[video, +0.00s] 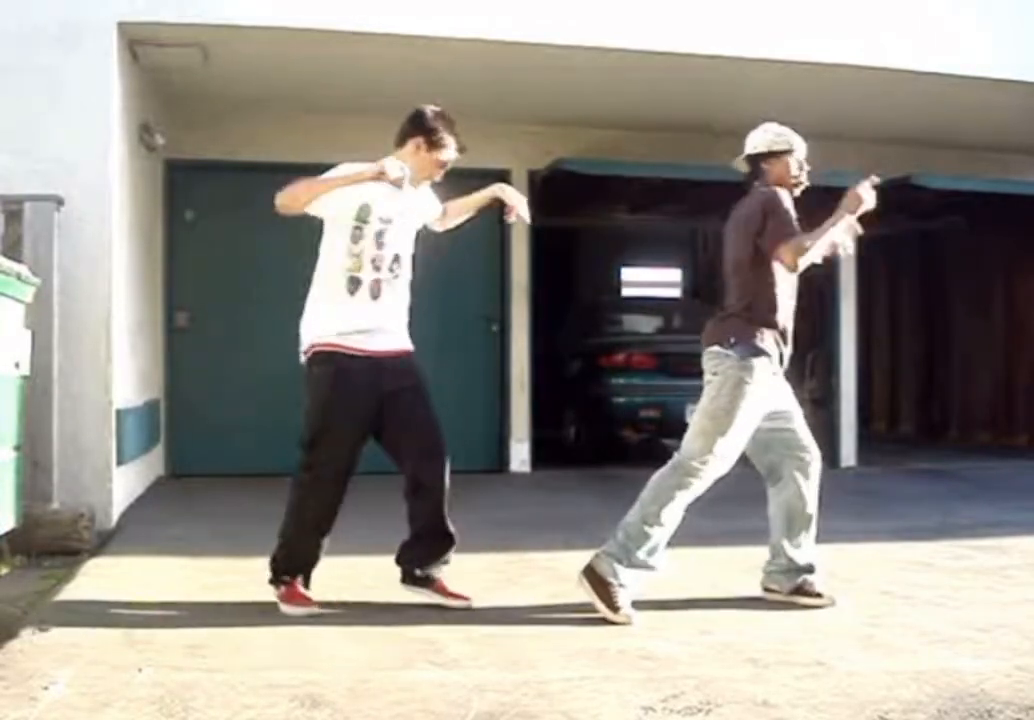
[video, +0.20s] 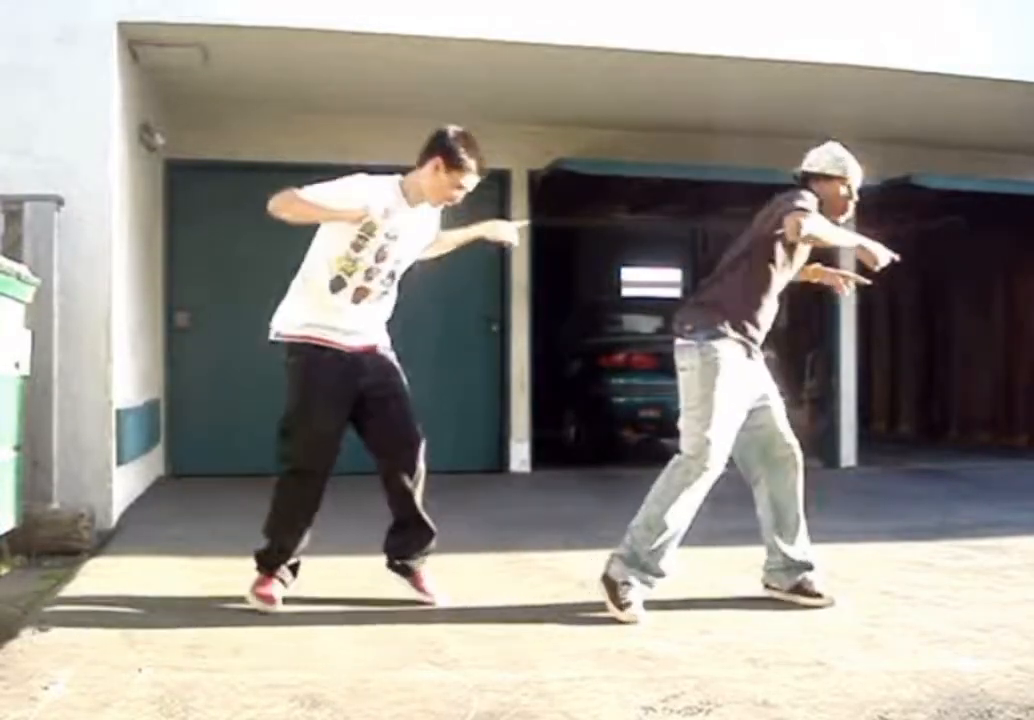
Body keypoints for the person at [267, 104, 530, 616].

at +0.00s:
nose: (443, 171)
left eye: (448, 163)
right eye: (441, 159)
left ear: (425, 151)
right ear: (416, 145)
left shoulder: (420, 197)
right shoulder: (352, 183)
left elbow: (445, 217)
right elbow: (287, 202)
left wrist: (493, 192)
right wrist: (361, 175)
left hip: (394, 350)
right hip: (339, 347)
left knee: (428, 457)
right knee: (327, 465)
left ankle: (423, 565)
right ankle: (290, 574)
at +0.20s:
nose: (457, 198)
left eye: (465, 191)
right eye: (457, 185)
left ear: (446, 175)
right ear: (433, 165)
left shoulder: (427, 217)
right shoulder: (368, 191)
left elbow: (422, 249)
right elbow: (280, 204)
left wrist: (478, 231)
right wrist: (340, 213)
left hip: (370, 345)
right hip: (316, 340)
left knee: (406, 449)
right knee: (309, 457)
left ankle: (408, 555)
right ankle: (274, 568)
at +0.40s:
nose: (450, 249)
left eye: (457, 243)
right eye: (449, 238)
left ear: (440, 226)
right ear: (427, 218)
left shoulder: (432, 262)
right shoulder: (364, 241)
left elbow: (447, 294)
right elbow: (272, 260)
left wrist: (505, 276)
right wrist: (329, 267)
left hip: (370, 378)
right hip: (315, 373)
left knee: (407, 469)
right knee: (304, 473)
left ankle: (397, 572)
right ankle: (257, 575)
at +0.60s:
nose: (453, 241)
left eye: (458, 233)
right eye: (451, 230)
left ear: (430, 218)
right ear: (424, 215)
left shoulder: (426, 263)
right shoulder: (348, 246)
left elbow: (404, 313)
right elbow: (289, 295)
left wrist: (462, 313)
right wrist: (333, 320)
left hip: (381, 377)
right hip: (324, 375)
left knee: (424, 467)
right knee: (306, 471)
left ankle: (432, 569)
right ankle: (271, 573)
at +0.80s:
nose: (406, 219)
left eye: (416, 211)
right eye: (400, 206)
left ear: (424, 214)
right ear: (377, 198)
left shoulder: (420, 266)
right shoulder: (329, 250)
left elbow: (441, 346)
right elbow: (301, 334)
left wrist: (389, 352)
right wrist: (331, 285)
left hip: (391, 396)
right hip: (330, 393)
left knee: (430, 485)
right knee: (310, 484)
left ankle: (427, 574)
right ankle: (272, 580)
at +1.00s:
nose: (349, 134)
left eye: (360, 125)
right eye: (343, 124)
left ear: (381, 130)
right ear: (334, 127)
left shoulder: (391, 186)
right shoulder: (314, 186)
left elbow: (388, 250)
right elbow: (274, 258)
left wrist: (327, 221)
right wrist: (279, 230)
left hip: (375, 351)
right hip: (314, 344)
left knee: (394, 466)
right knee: (277, 453)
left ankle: (427, 556)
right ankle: (266, 562)